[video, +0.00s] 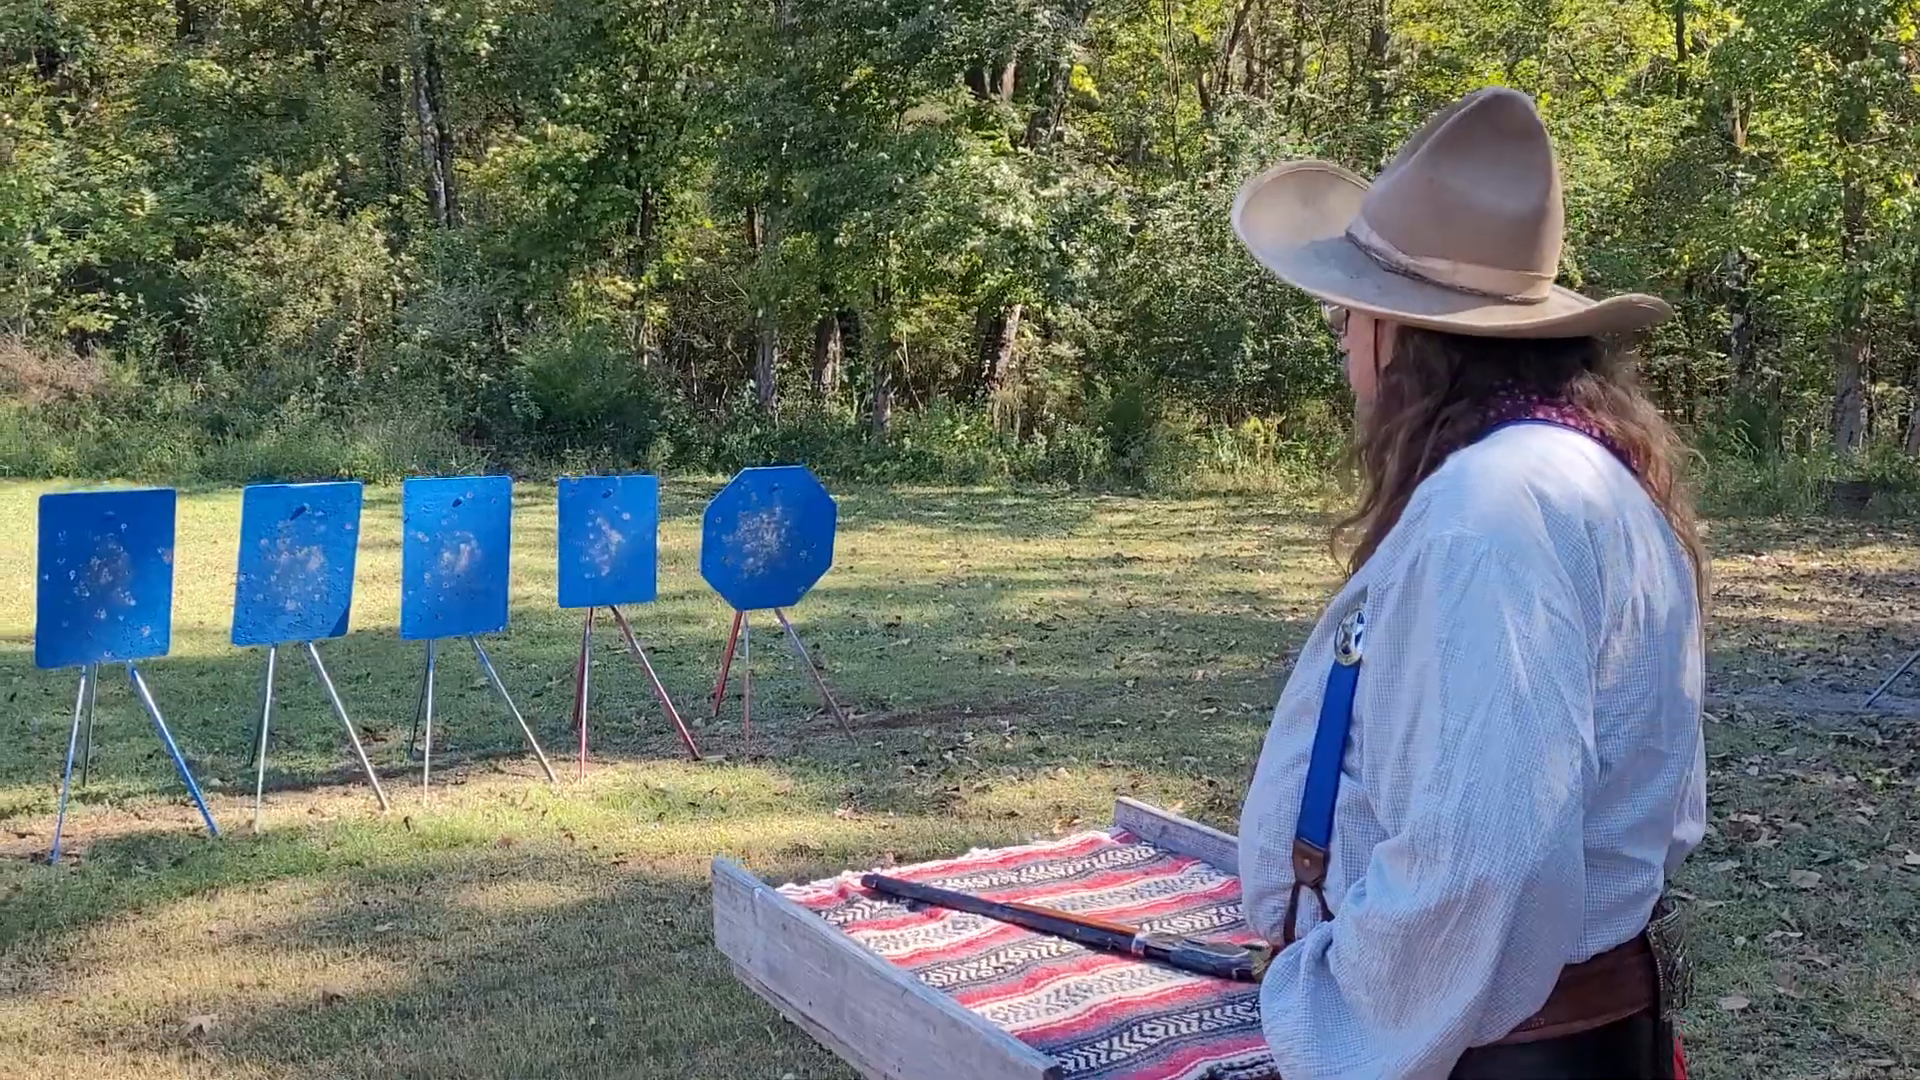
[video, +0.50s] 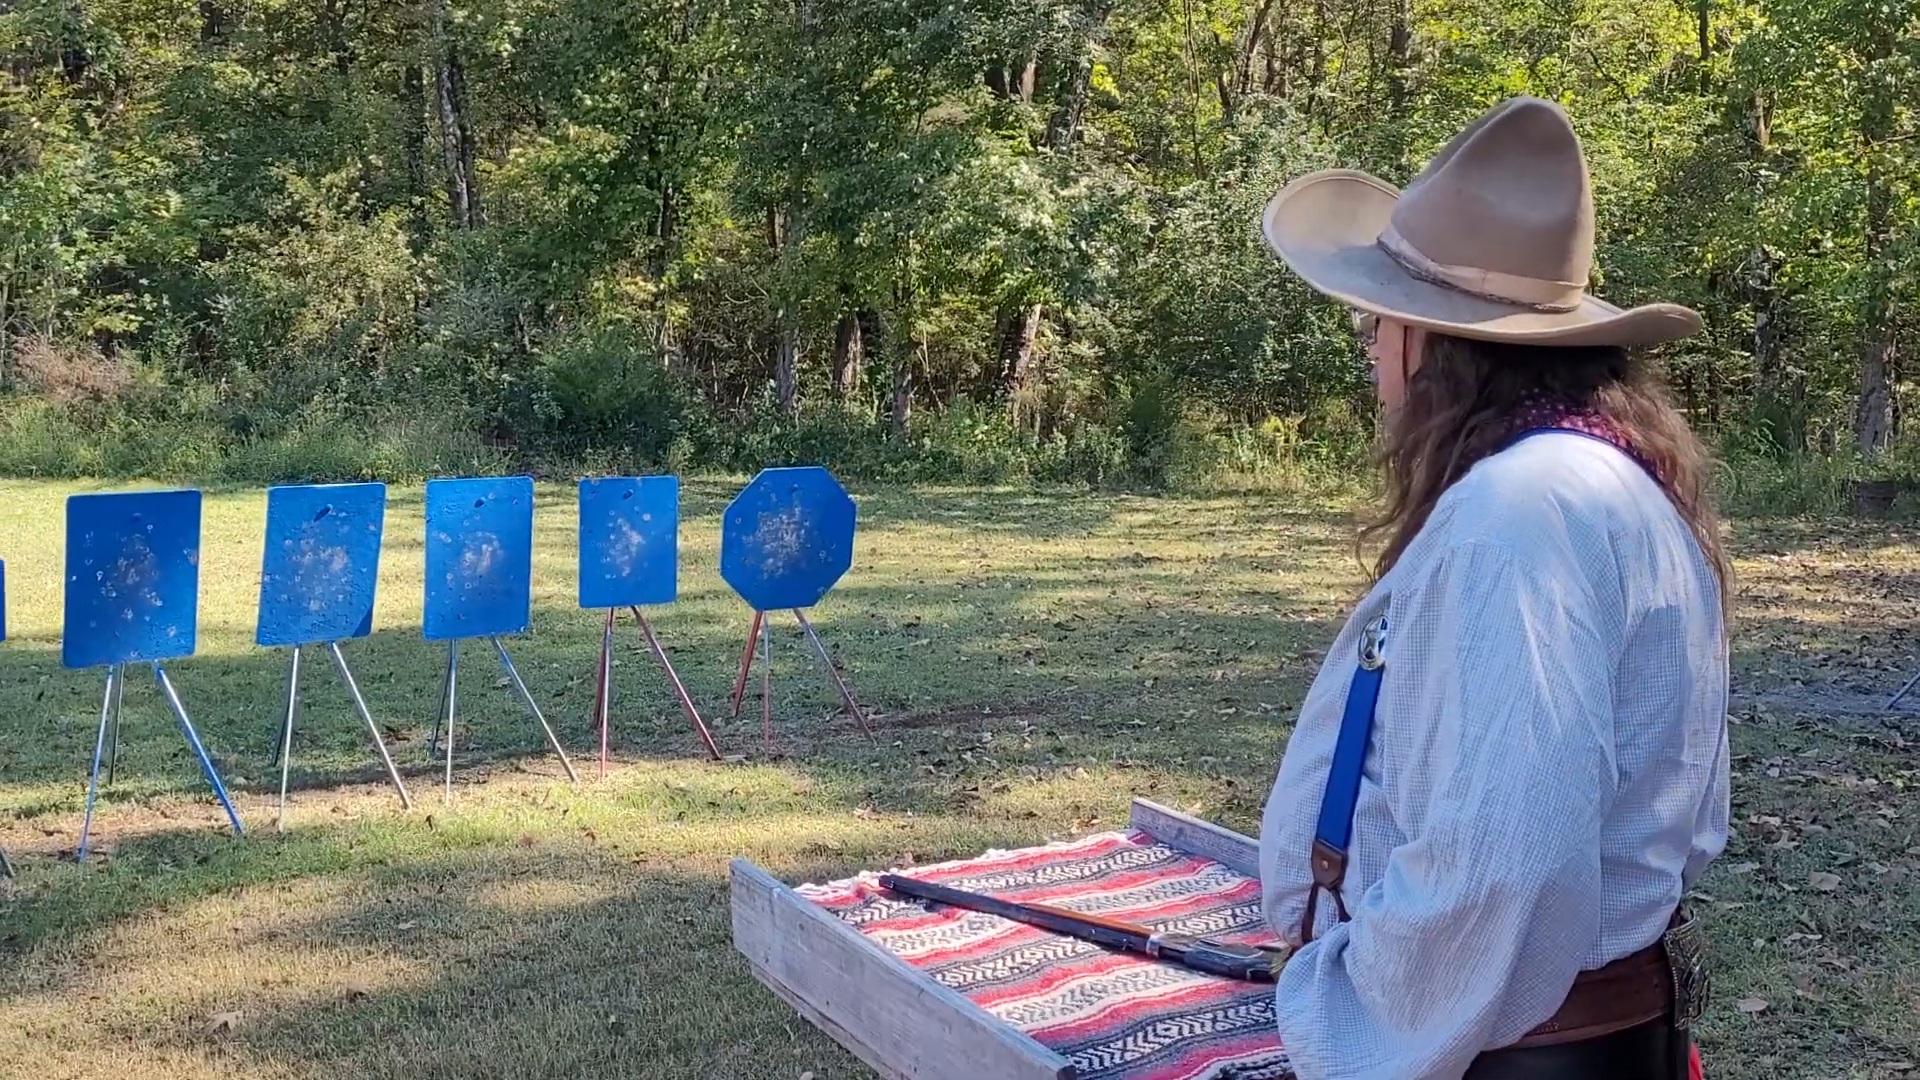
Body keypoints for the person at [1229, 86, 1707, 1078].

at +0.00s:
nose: (1339, 333)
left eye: (1353, 309)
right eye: (1345, 309)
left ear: (1411, 335)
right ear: (1518, 325)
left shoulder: (1498, 504)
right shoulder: (1589, 470)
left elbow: (1481, 853)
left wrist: (1320, 1001)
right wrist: (1340, 896)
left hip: (1508, 1034)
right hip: (1593, 1001)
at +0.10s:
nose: (1345, 339)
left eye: (1355, 315)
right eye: (1350, 315)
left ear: (1411, 337)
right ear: (1524, 326)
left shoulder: (1502, 504)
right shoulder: (1592, 473)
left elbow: (1483, 857)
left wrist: (1321, 997)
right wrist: (1343, 897)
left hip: (1509, 1037)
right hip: (1595, 1006)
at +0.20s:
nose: (1349, 344)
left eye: (1359, 320)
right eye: (1353, 319)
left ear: (1415, 341)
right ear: (1527, 330)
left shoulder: (1504, 507)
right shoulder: (1591, 473)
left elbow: (1481, 864)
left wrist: (1329, 999)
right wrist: (1342, 894)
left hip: (1513, 1036)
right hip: (1599, 1004)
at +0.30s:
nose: (1354, 345)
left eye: (1364, 320)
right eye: (1359, 320)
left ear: (1421, 342)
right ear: (1533, 335)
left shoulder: (1510, 508)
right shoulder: (1596, 477)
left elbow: (1487, 858)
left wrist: (1333, 995)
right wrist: (1345, 898)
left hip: (1516, 1038)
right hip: (1600, 1007)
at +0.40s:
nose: (1362, 348)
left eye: (1373, 323)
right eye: (1366, 322)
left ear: (1434, 343)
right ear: (1537, 336)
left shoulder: (1516, 507)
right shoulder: (1603, 479)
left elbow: (1494, 860)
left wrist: (1336, 994)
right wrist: (1350, 898)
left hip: (1521, 1039)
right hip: (1607, 1009)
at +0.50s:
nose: (1369, 345)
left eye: (1381, 320)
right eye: (1374, 319)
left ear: (1439, 341)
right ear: (1546, 334)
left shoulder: (1523, 506)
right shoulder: (1609, 478)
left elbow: (1504, 858)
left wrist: (1339, 998)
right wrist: (1355, 895)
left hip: (1527, 1035)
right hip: (1611, 1004)